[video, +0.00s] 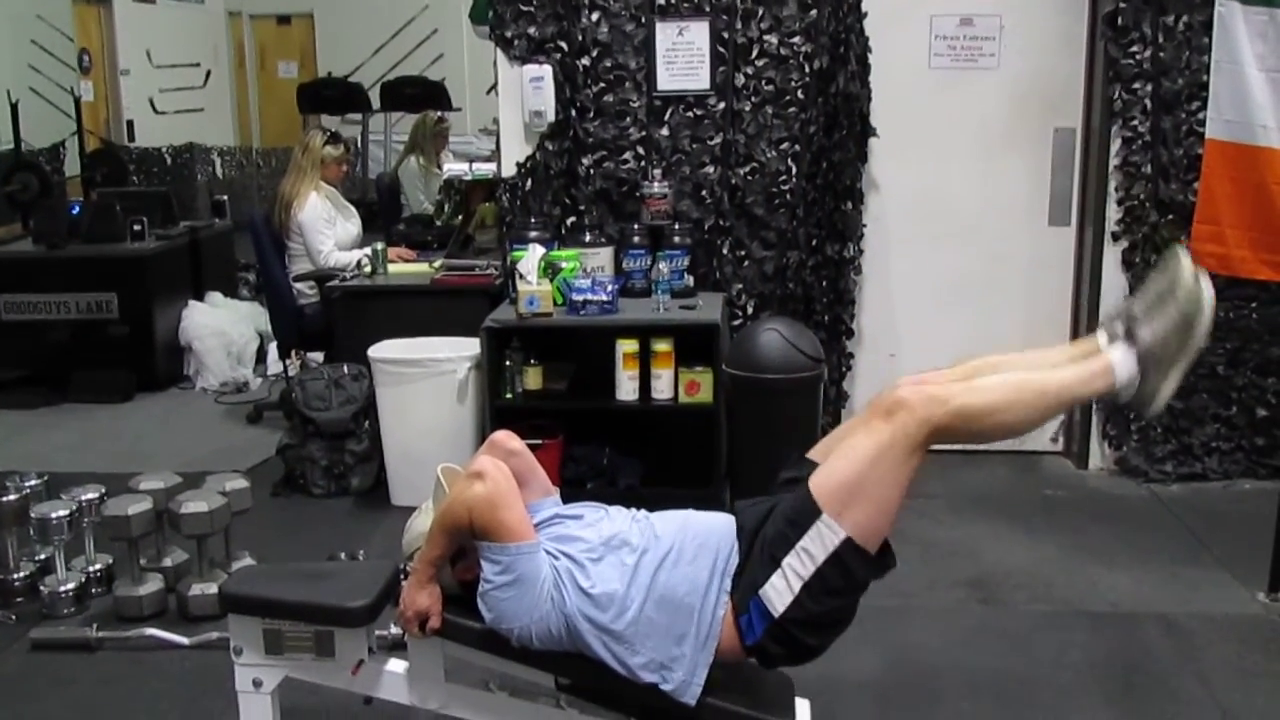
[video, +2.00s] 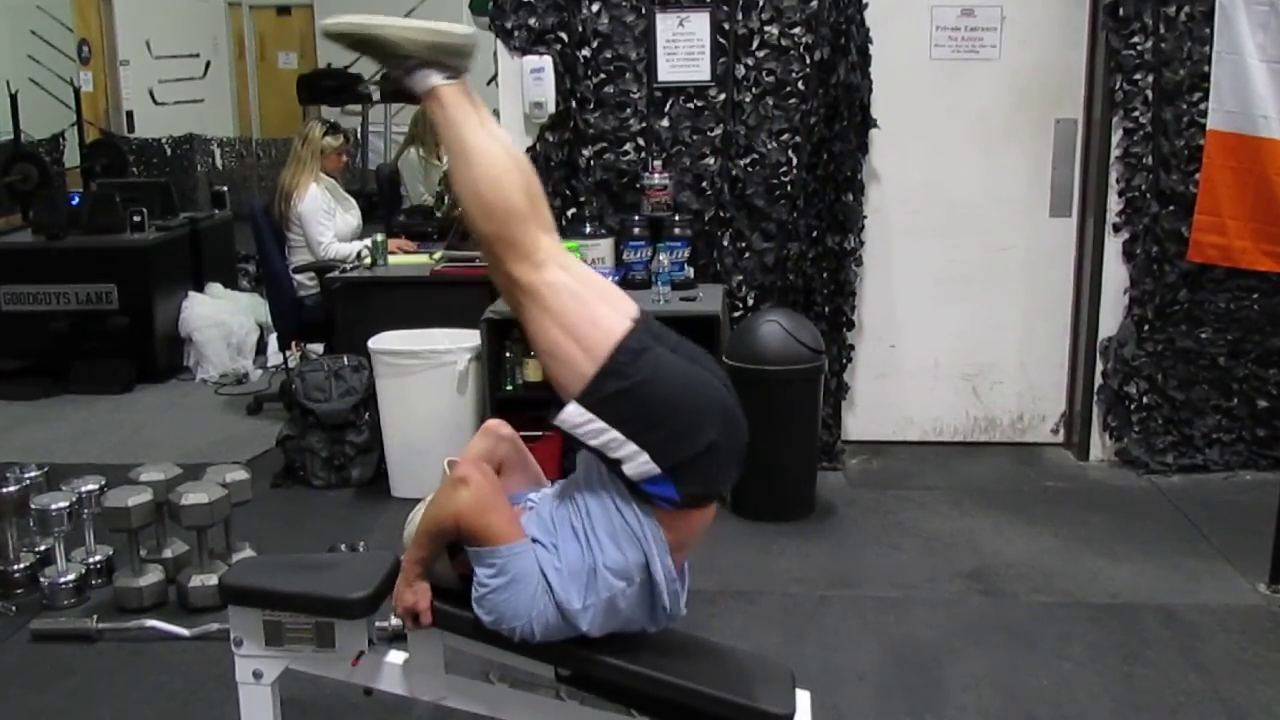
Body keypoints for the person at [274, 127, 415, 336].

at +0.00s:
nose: (345, 169)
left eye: (346, 163)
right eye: (339, 164)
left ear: (324, 165)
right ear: (320, 164)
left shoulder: (324, 196)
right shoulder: (311, 201)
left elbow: (335, 253)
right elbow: (325, 259)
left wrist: (380, 252)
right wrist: (380, 254)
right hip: (317, 302)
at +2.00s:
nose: (345, 160)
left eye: (345, 153)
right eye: (339, 154)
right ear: (319, 155)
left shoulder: (324, 185)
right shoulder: (311, 191)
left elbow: (335, 243)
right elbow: (325, 251)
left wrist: (378, 243)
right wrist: (378, 245)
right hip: (318, 291)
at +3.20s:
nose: (346, 159)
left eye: (346, 153)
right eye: (340, 154)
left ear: (323, 155)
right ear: (320, 154)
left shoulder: (324, 186)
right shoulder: (312, 192)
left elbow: (333, 245)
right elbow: (324, 252)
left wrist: (378, 242)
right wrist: (378, 245)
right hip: (319, 293)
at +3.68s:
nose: (346, 159)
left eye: (346, 153)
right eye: (340, 154)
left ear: (323, 155)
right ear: (320, 155)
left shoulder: (323, 186)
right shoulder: (312, 192)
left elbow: (334, 244)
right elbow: (326, 251)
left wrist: (377, 243)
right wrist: (377, 245)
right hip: (318, 293)